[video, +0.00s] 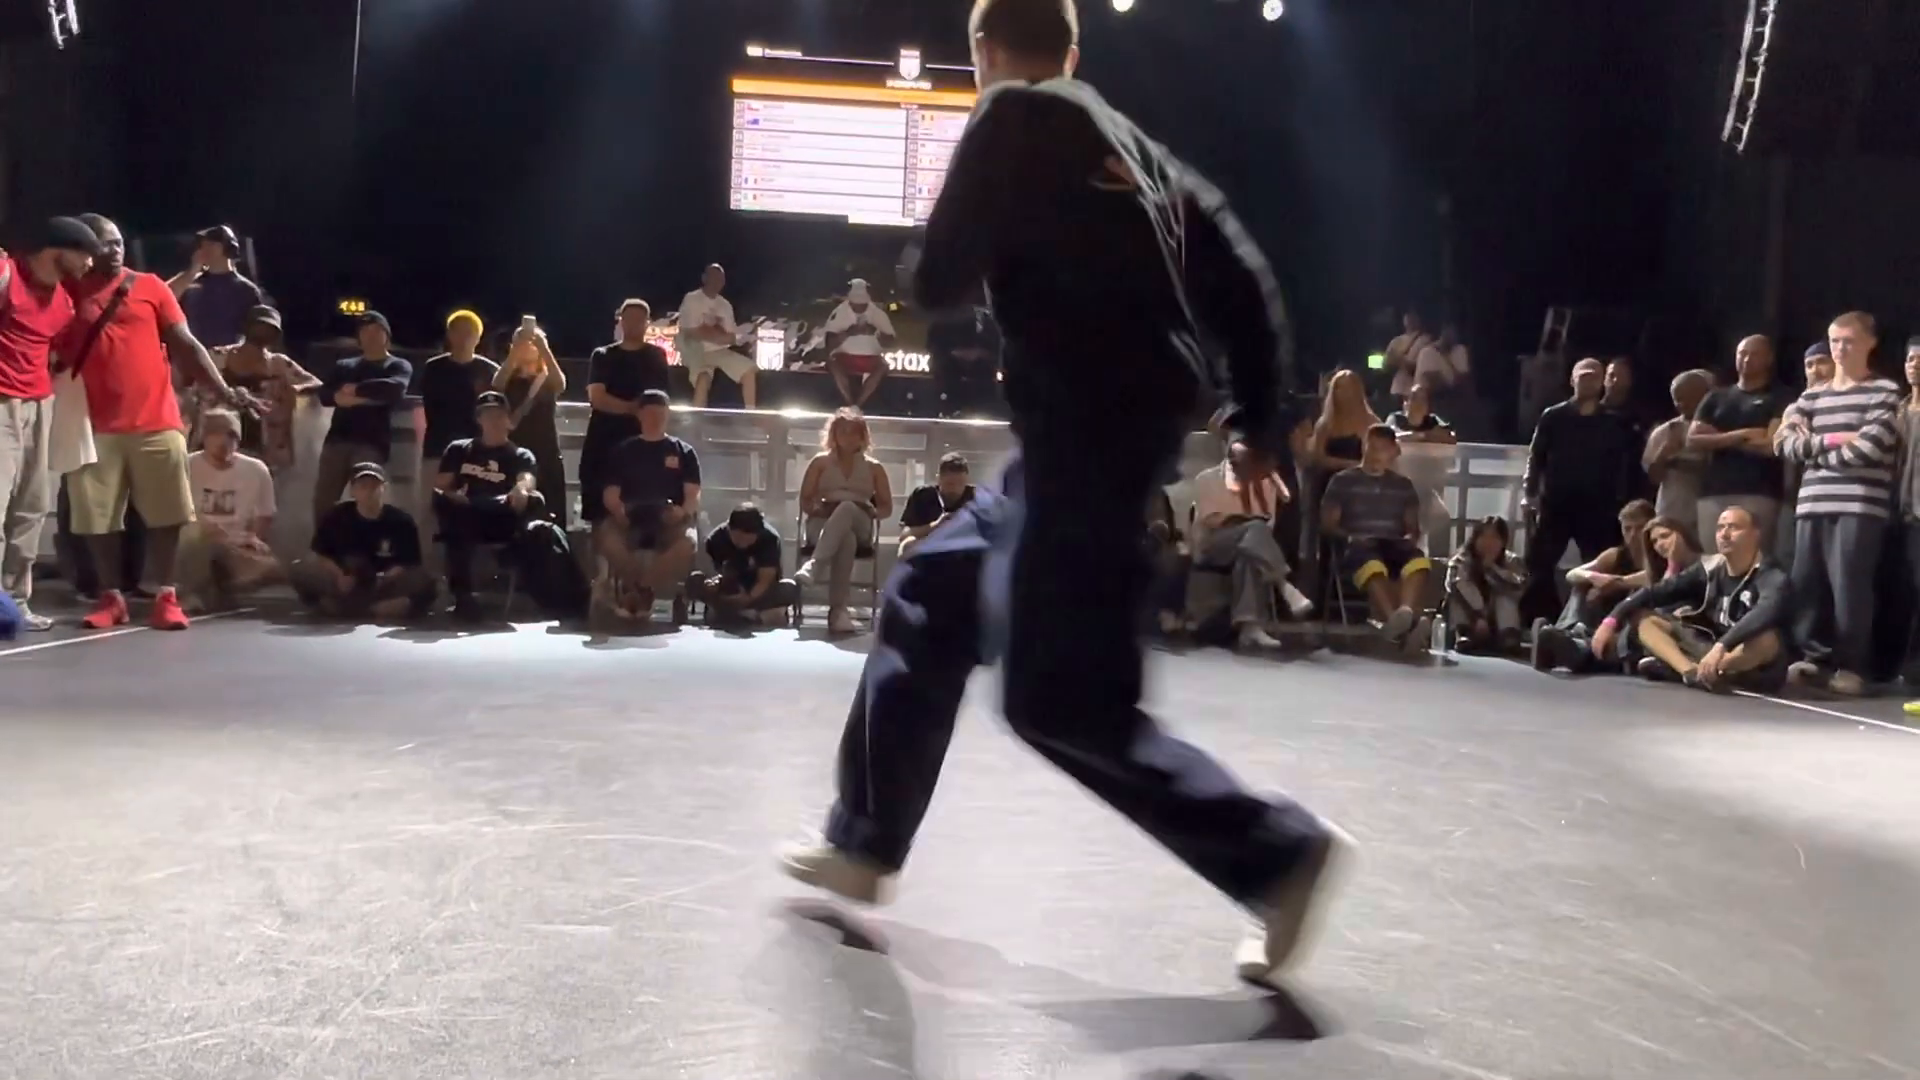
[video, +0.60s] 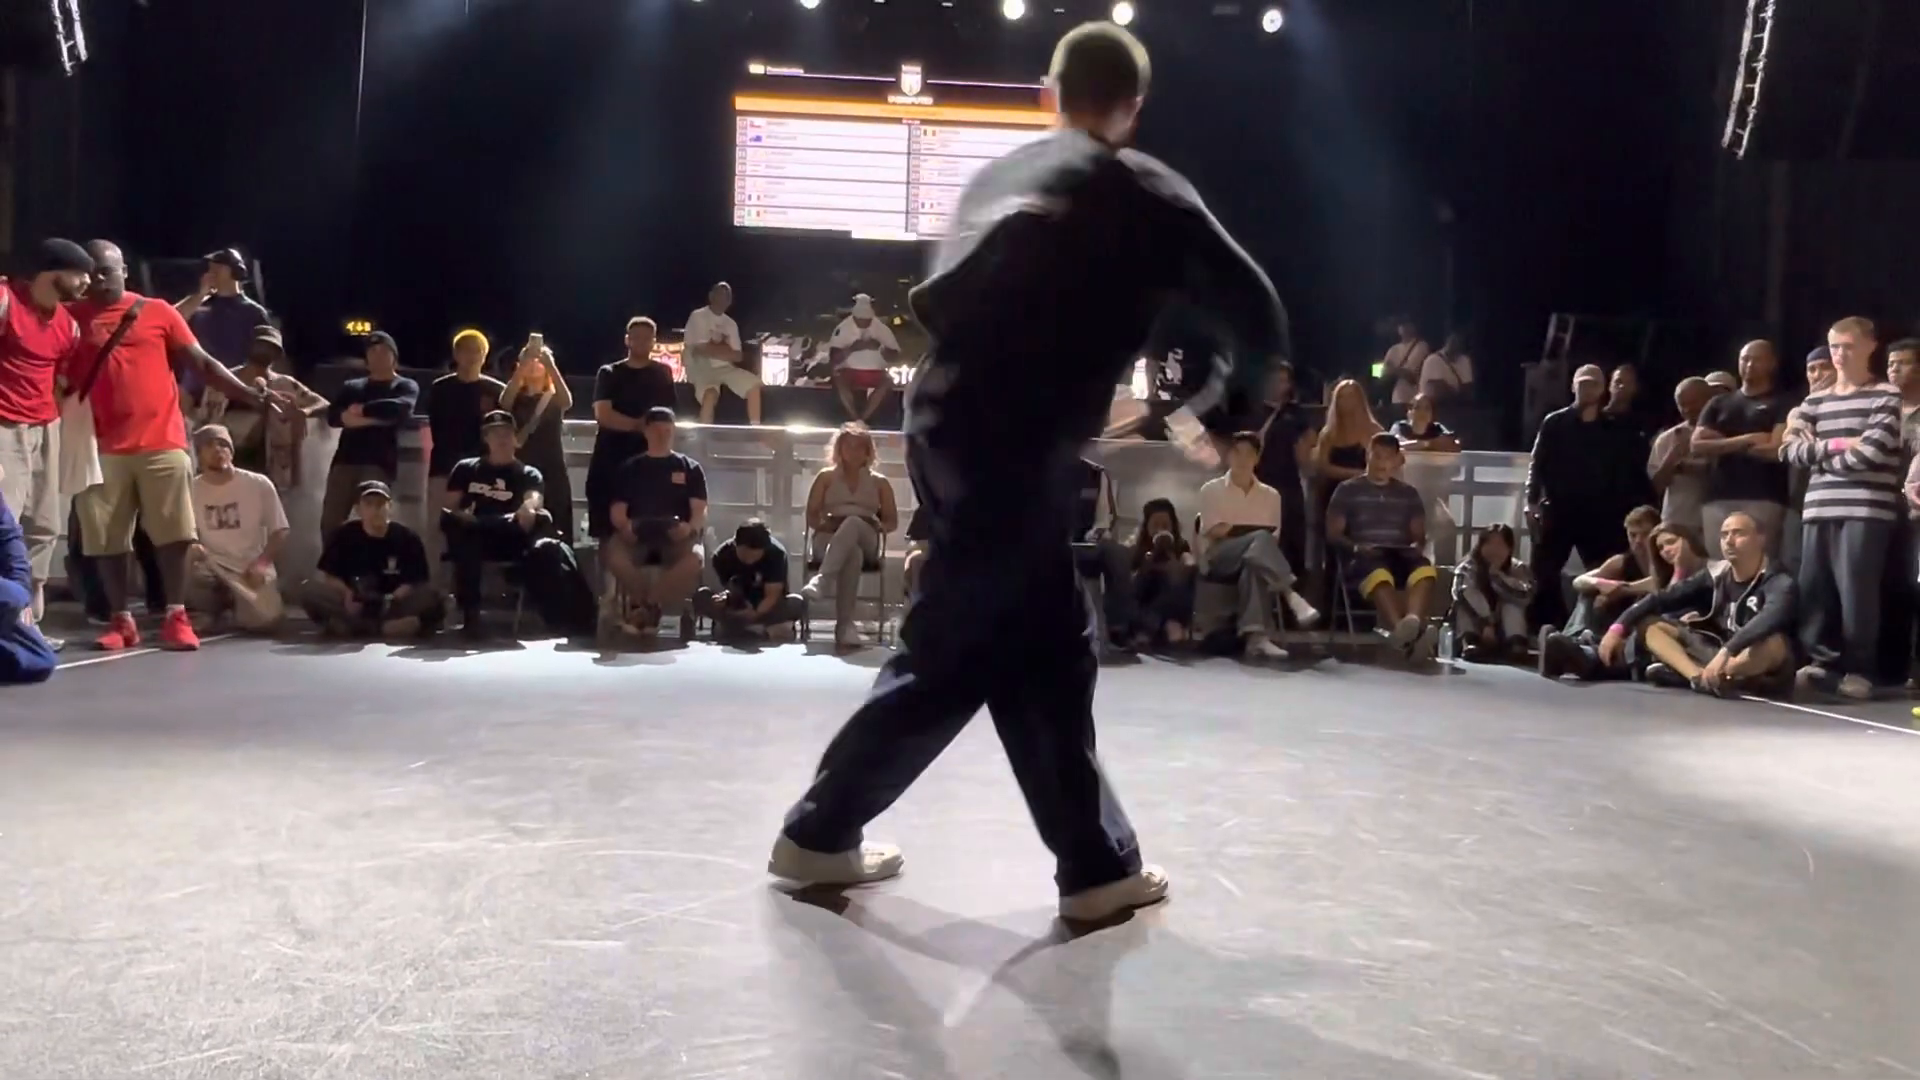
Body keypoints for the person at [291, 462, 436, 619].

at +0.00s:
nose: (368, 492)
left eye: (374, 486)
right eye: (363, 486)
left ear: (383, 489)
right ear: (353, 490)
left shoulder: (401, 520)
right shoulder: (336, 516)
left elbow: (410, 563)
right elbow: (320, 555)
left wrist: (384, 579)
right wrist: (339, 577)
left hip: (383, 582)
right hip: (345, 581)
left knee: (423, 581)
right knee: (301, 570)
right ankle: (374, 612)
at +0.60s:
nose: (375, 511)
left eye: (380, 505)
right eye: (369, 505)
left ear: (389, 507)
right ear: (359, 508)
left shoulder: (407, 538)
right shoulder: (343, 535)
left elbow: (416, 580)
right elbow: (328, 575)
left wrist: (390, 600)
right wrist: (346, 592)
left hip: (391, 600)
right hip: (354, 600)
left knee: (431, 597)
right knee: (309, 590)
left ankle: (355, 628)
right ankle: (381, 628)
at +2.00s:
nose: (394, 504)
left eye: (399, 499)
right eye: (388, 498)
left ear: (407, 501)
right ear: (378, 502)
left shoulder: (424, 531)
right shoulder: (362, 527)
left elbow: (432, 572)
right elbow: (345, 567)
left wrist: (407, 593)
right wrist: (364, 586)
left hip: (409, 592)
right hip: (371, 591)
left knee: (448, 591)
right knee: (328, 581)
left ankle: (373, 620)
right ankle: (398, 620)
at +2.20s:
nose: (397, 501)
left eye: (401, 495)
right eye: (391, 495)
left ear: (410, 498)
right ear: (381, 499)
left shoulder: (427, 528)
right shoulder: (364, 524)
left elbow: (435, 569)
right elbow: (348, 563)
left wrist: (410, 589)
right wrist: (366, 582)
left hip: (411, 588)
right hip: (373, 587)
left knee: (450, 587)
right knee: (329, 578)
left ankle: (374, 617)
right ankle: (401, 616)